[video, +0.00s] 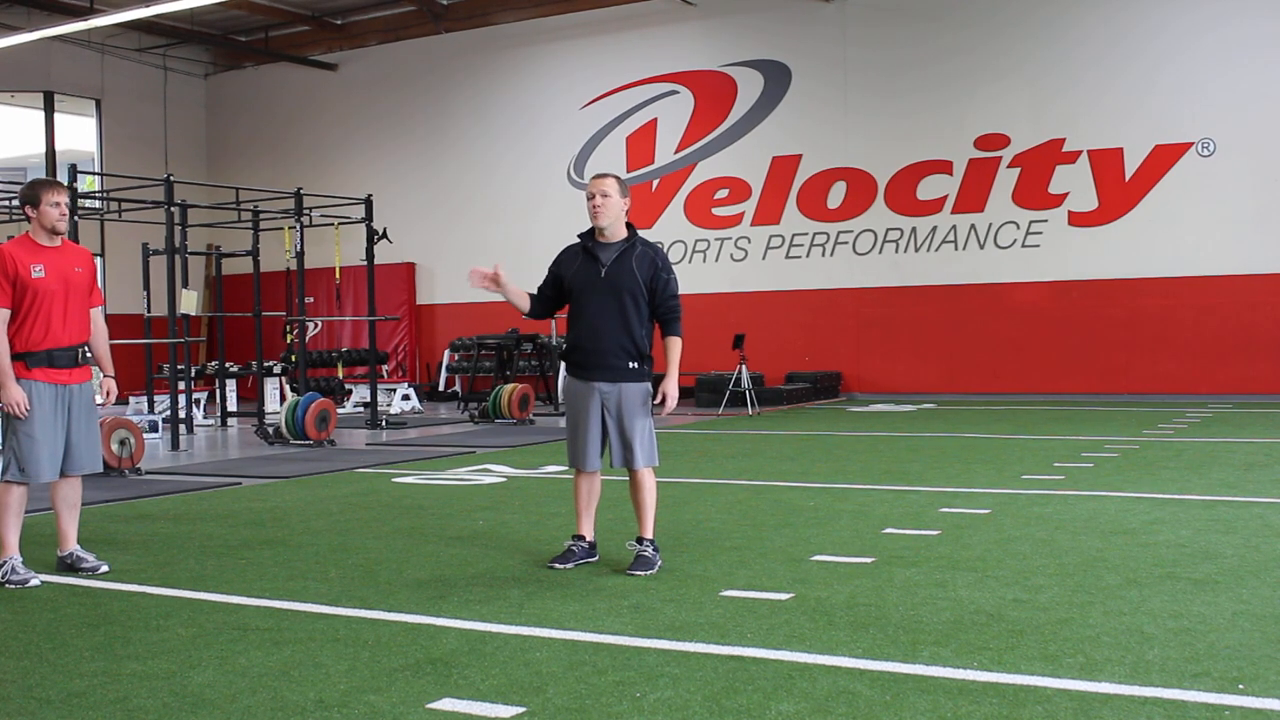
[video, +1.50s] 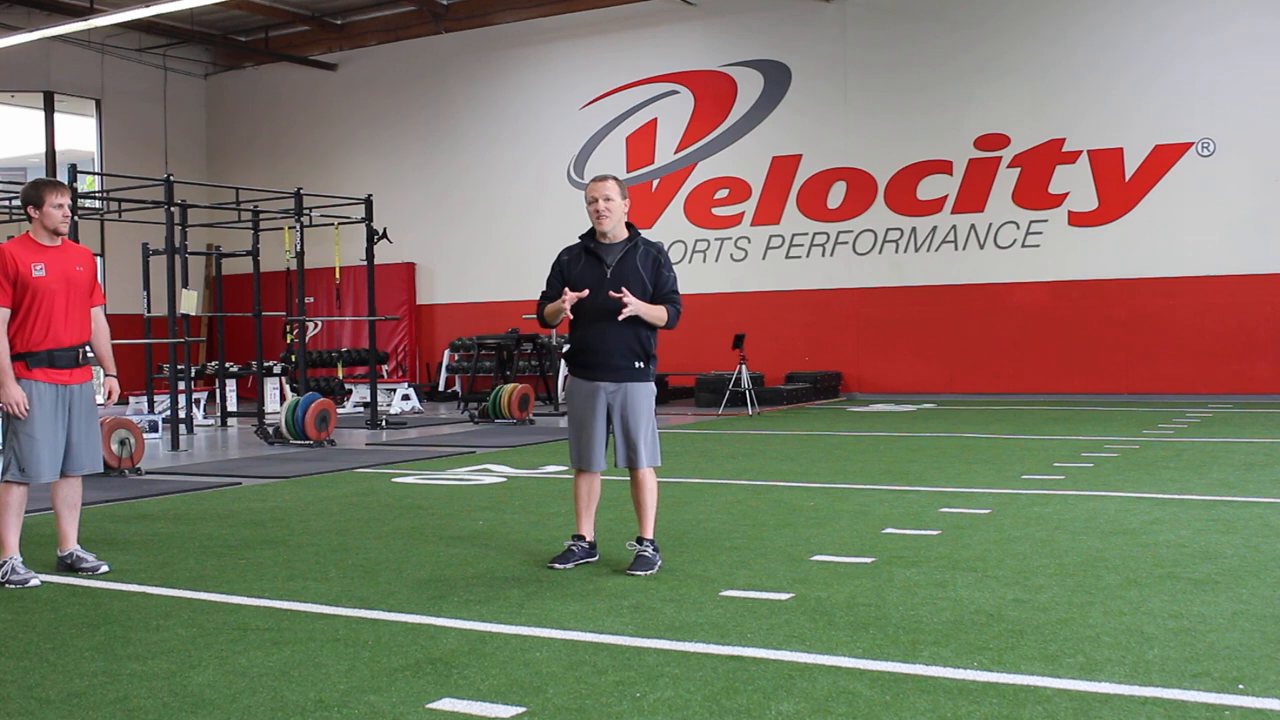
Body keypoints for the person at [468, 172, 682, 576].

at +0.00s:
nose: (595, 202)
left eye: (603, 196)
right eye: (590, 197)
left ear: (625, 204)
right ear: (586, 206)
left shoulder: (651, 258)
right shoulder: (572, 257)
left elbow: (671, 320)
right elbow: (539, 307)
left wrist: (672, 375)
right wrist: (504, 285)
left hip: (631, 380)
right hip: (580, 379)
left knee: (639, 464)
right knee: (584, 463)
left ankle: (646, 544)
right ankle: (583, 542)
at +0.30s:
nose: (594, 203)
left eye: (602, 196)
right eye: (589, 198)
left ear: (624, 204)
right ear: (585, 206)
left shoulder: (650, 257)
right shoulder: (571, 258)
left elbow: (672, 318)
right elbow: (539, 308)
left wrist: (675, 375)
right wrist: (504, 287)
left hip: (632, 380)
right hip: (582, 379)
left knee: (640, 464)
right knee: (586, 463)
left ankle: (647, 544)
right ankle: (584, 542)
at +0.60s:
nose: (593, 203)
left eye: (602, 196)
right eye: (588, 198)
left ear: (622, 203)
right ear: (583, 207)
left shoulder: (649, 255)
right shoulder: (570, 258)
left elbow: (673, 315)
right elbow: (540, 309)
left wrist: (663, 360)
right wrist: (515, 296)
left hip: (632, 380)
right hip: (582, 379)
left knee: (639, 463)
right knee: (585, 463)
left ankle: (646, 544)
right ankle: (584, 542)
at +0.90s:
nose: (596, 208)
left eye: (603, 201)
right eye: (589, 203)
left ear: (622, 205)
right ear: (583, 210)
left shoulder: (651, 255)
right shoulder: (570, 257)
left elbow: (672, 315)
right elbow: (541, 315)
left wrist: (639, 295)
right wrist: (550, 283)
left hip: (632, 379)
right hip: (582, 377)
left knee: (640, 463)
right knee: (585, 463)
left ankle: (646, 544)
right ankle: (583, 542)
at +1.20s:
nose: (598, 207)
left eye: (606, 200)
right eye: (592, 202)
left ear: (625, 205)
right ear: (586, 209)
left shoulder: (652, 256)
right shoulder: (569, 258)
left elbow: (669, 315)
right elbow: (545, 318)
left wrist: (641, 308)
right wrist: (562, 306)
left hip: (634, 379)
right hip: (583, 378)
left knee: (641, 463)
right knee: (585, 463)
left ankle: (647, 545)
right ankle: (584, 542)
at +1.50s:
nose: (599, 207)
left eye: (607, 200)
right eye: (593, 201)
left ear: (625, 204)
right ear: (587, 208)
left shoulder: (652, 256)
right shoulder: (569, 258)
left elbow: (671, 314)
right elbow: (545, 318)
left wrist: (641, 308)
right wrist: (562, 305)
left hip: (634, 379)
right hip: (584, 377)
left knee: (640, 463)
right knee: (585, 463)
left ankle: (647, 544)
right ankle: (584, 542)